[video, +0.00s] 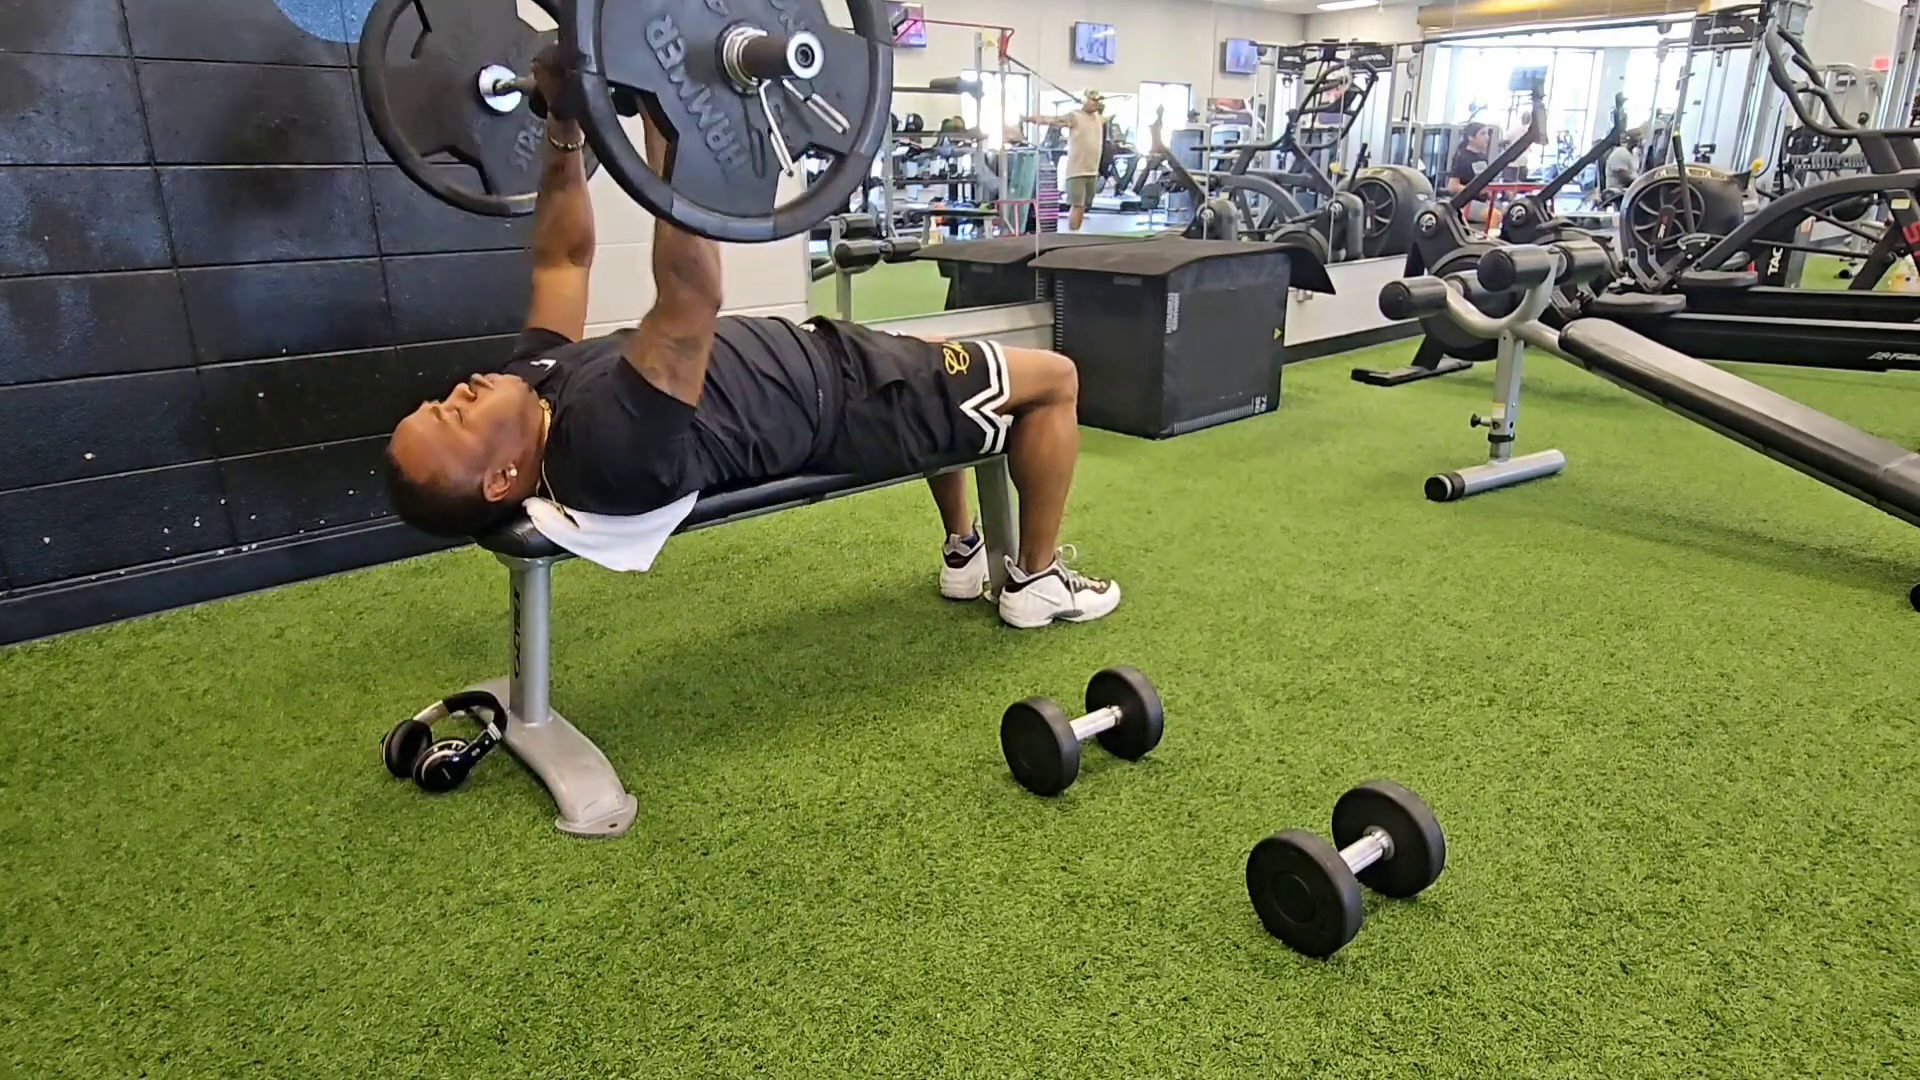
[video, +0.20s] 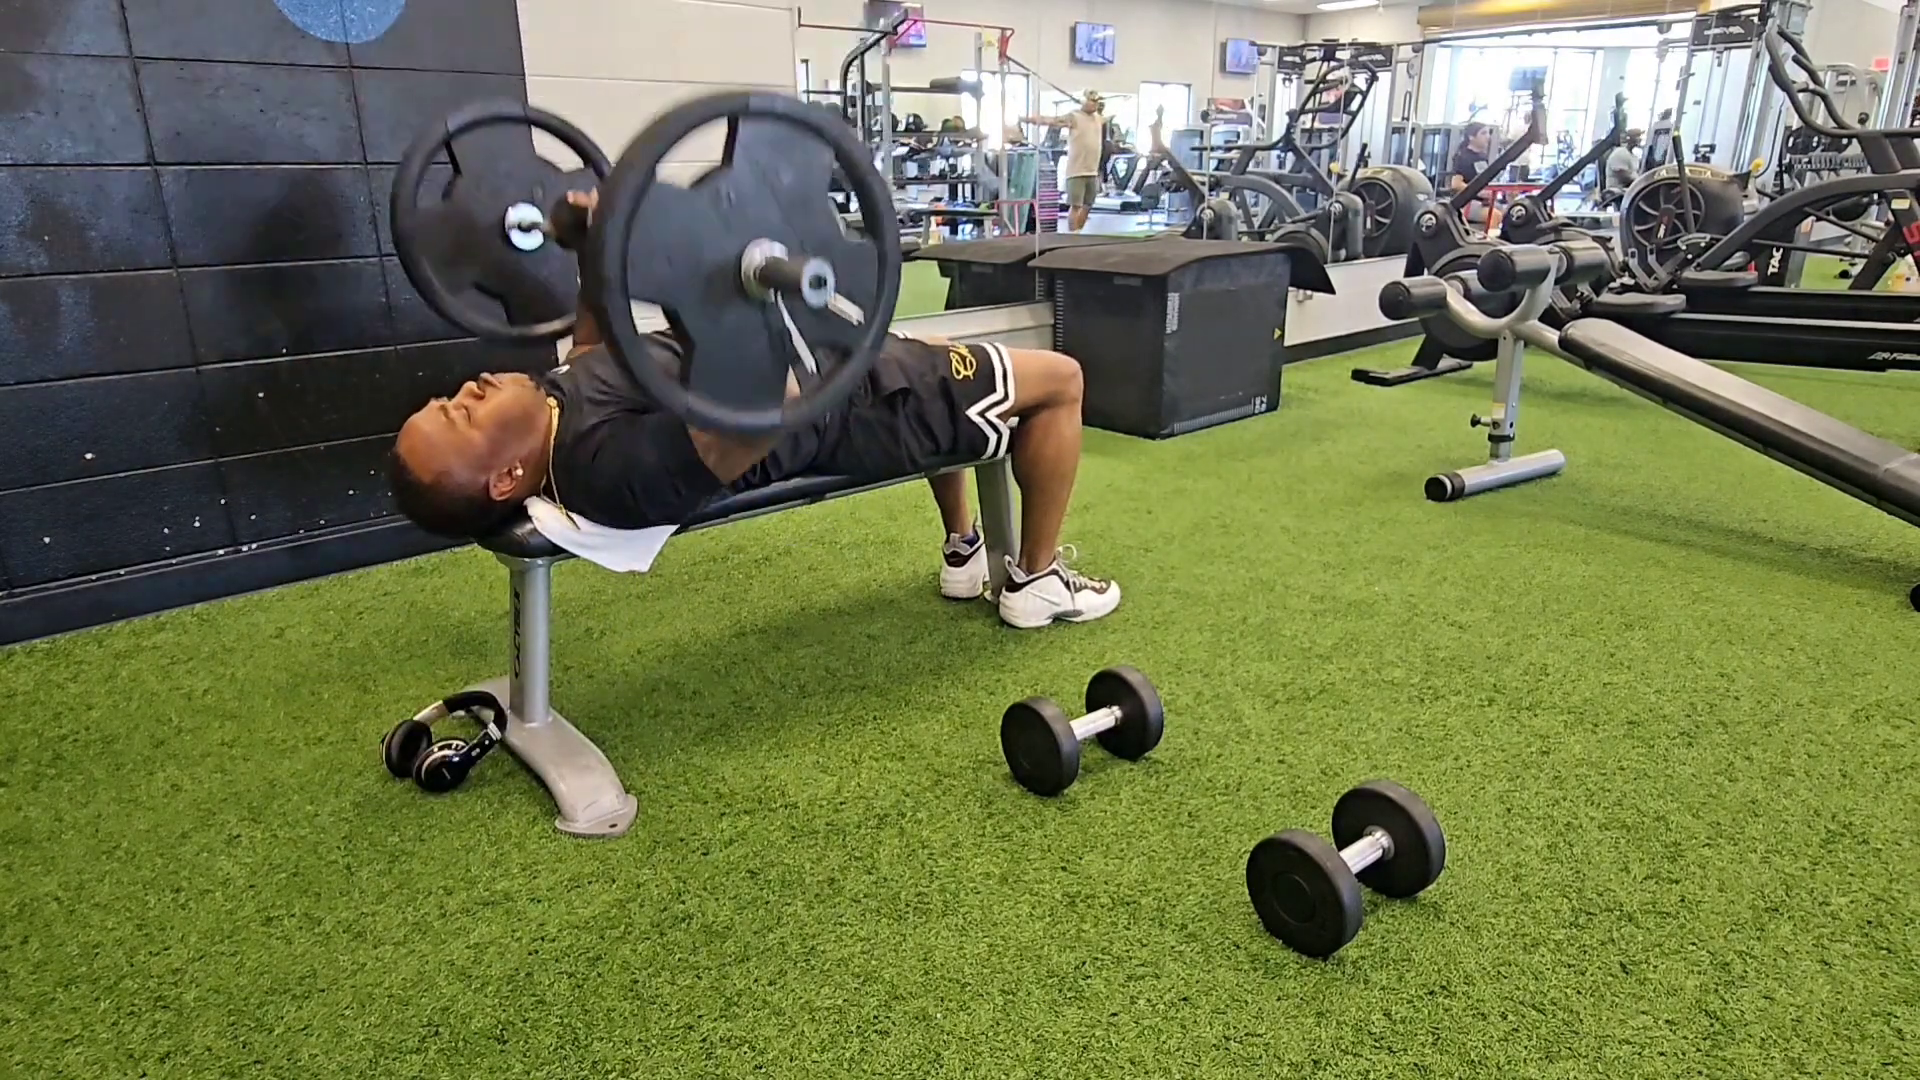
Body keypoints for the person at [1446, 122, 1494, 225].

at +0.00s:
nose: (1487, 138)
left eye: (1487, 134)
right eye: (1482, 134)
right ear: (1470, 137)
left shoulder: (1483, 157)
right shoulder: (1462, 156)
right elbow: (1452, 186)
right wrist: (1477, 191)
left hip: (1485, 200)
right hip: (1465, 202)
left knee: (1508, 211)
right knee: (1495, 216)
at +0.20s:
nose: (1488, 137)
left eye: (1488, 133)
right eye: (1483, 133)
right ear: (1471, 137)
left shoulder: (1483, 157)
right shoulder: (1463, 156)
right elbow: (1456, 183)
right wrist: (1480, 192)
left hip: (1485, 201)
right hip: (1467, 202)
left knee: (1508, 212)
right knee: (1495, 216)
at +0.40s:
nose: (1490, 136)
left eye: (1490, 132)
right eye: (1485, 133)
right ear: (1473, 137)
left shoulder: (1484, 156)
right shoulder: (1465, 156)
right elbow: (1456, 184)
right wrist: (1480, 194)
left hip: (1486, 202)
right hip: (1468, 203)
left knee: (1510, 212)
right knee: (1495, 216)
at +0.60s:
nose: (1490, 136)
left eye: (1490, 132)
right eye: (1485, 133)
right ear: (1473, 137)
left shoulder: (1484, 157)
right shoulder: (1465, 156)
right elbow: (1457, 185)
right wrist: (1479, 194)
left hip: (1485, 201)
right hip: (1468, 203)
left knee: (1507, 211)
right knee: (1496, 216)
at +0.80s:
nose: (1488, 136)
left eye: (1489, 133)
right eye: (1483, 133)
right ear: (1471, 137)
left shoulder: (1484, 157)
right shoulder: (1465, 156)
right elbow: (1456, 184)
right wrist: (1479, 194)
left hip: (1486, 201)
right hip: (1469, 203)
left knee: (1508, 211)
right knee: (1496, 214)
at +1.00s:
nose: (1488, 136)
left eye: (1488, 132)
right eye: (1483, 133)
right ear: (1471, 137)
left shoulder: (1484, 156)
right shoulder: (1464, 157)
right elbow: (1455, 185)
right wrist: (1480, 195)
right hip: (1469, 203)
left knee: (1508, 212)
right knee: (1496, 215)